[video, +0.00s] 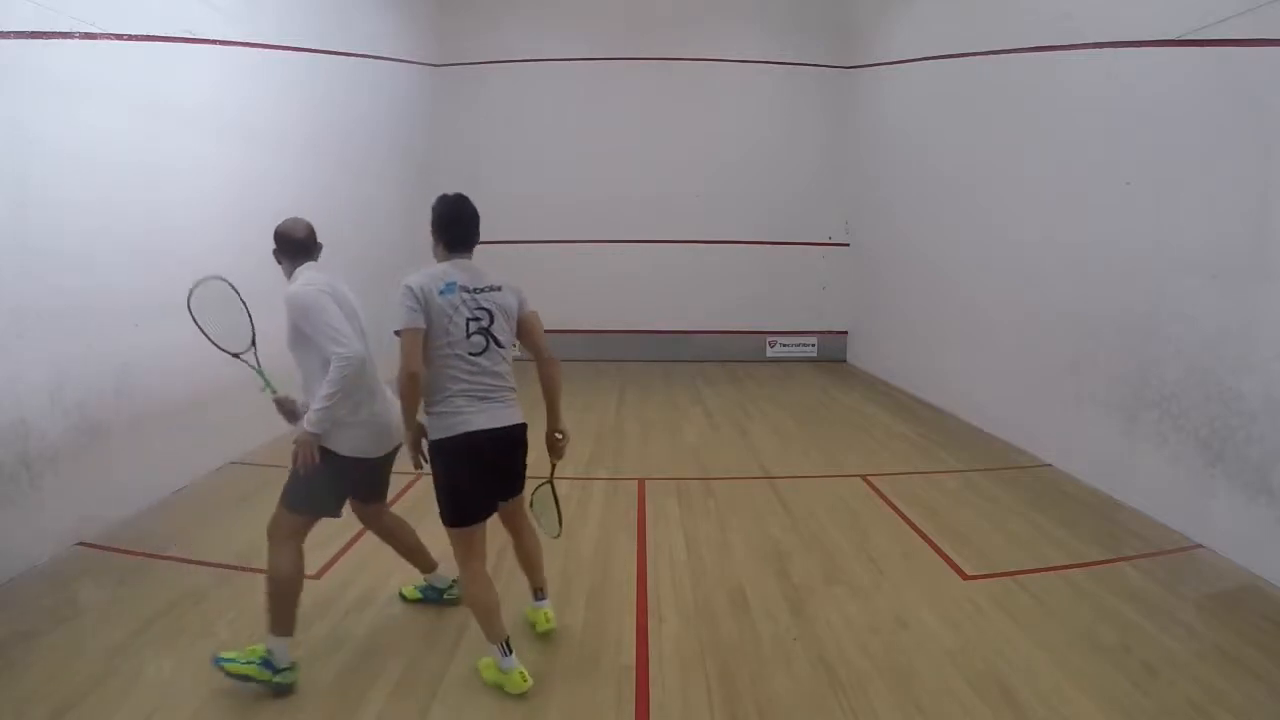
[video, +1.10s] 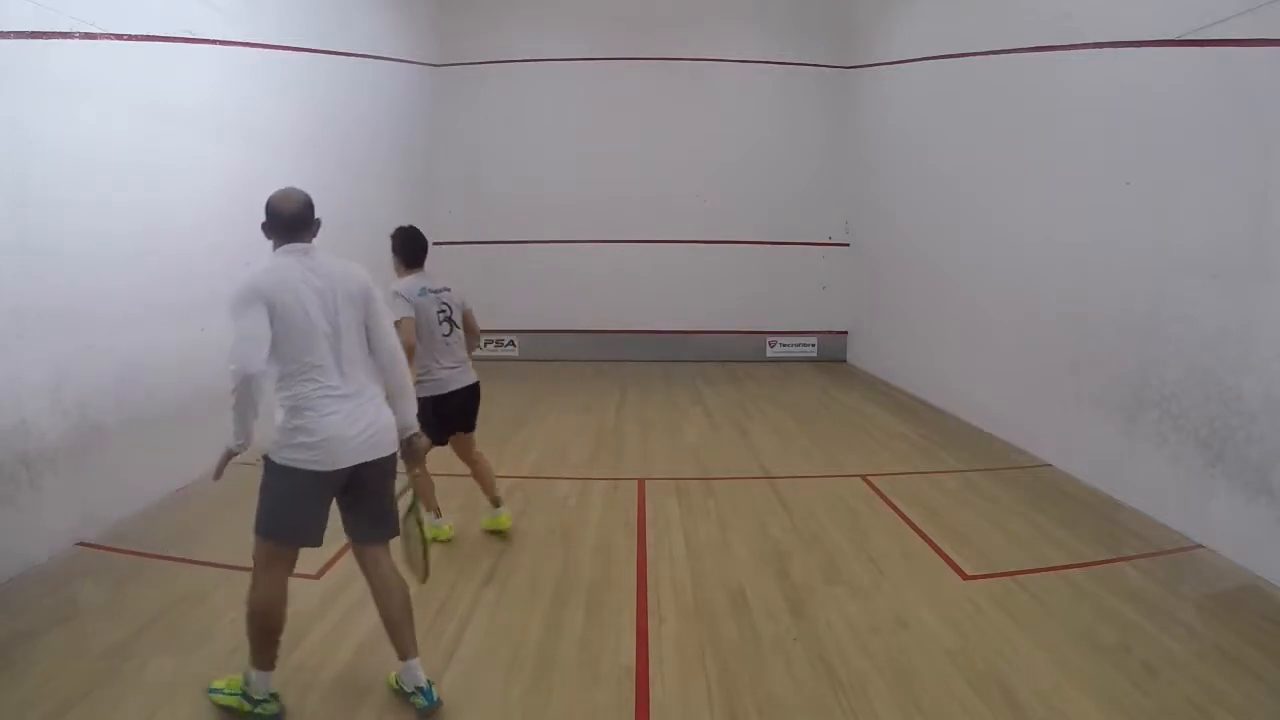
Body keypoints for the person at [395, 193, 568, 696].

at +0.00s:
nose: (431, 238)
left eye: (430, 231)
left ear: (433, 236)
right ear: (476, 236)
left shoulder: (418, 287)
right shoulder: (504, 290)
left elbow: (412, 370)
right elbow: (546, 359)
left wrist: (410, 425)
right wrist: (554, 424)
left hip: (456, 442)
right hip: (509, 433)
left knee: (471, 561)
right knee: (516, 512)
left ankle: (506, 659)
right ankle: (541, 603)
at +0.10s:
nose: (458, 264)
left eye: (460, 258)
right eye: (463, 257)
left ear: (466, 264)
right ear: (504, 265)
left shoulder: (447, 314)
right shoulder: (530, 317)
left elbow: (439, 390)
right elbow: (566, 382)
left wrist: (437, 432)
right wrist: (572, 432)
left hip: (481, 458)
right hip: (534, 449)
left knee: (483, 564)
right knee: (551, 500)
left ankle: (514, 667)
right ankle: (576, 558)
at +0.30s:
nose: (507, 278)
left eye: (509, 273)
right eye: (509, 271)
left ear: (519, 277)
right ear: (545, 279)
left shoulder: (506, 322)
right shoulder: (569, 321)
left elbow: (500, 387)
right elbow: (600, 377)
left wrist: (478, 426)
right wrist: (596, 417)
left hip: (527, 442)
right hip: (570, 432)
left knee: (509, 528)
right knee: (582, 475)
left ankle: (524, 599)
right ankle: (603, 537)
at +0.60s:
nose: (508, 253)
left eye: (509, 247)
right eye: (510, 247)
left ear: (513, 251)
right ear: (542, 251)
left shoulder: (510, 287)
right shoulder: (562, 288)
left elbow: (513, 343)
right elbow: (588, 339)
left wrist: (497, 387)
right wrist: (576, 372)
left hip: (524, 397)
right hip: (564, 393)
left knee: (484, 460)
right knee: (572, 446)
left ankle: (490, 538)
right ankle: (604, 506)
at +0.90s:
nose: (455, 290)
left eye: (455, 285)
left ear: (455, 289)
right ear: (485, 289)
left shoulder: (451, 327)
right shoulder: (505, 324)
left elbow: (452, 378)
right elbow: (538, 368)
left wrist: (435, 418)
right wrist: (524, 402)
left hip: (483, 423)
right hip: (522, 417)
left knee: (433, 455)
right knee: (551, 459)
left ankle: (444, 523)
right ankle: (601, 504)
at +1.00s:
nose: (424, 274)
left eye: (423, 270)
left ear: (424, 275)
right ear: (453, 274)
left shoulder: (421, 311)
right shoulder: (472, 308)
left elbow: (417, 364)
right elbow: (507, 351)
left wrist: (408, 402)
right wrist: (492, 380)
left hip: (454, 411)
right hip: (491, 402)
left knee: (421, 457)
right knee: (508, 452)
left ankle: (442, 523)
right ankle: (565, 497)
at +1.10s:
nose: (391, 258)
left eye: (392, 253)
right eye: (394, 252)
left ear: (396, 257)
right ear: (424, 255)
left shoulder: (401, 292)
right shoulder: (447, 289)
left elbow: (409, 344)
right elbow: (473, 334)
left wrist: (401, 383)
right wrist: (457, 360)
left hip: (433, 394)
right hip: (467, 385)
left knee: (412, 456)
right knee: (465, 447)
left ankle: (435, 520)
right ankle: (498, 509)